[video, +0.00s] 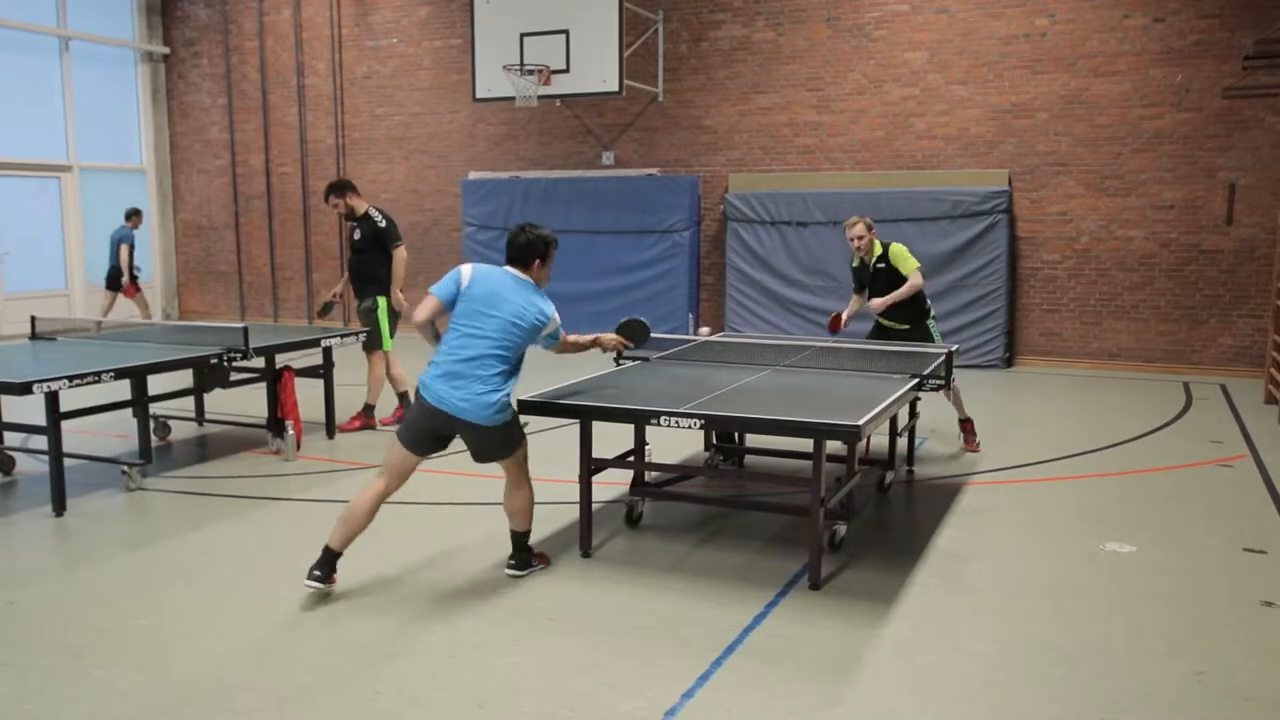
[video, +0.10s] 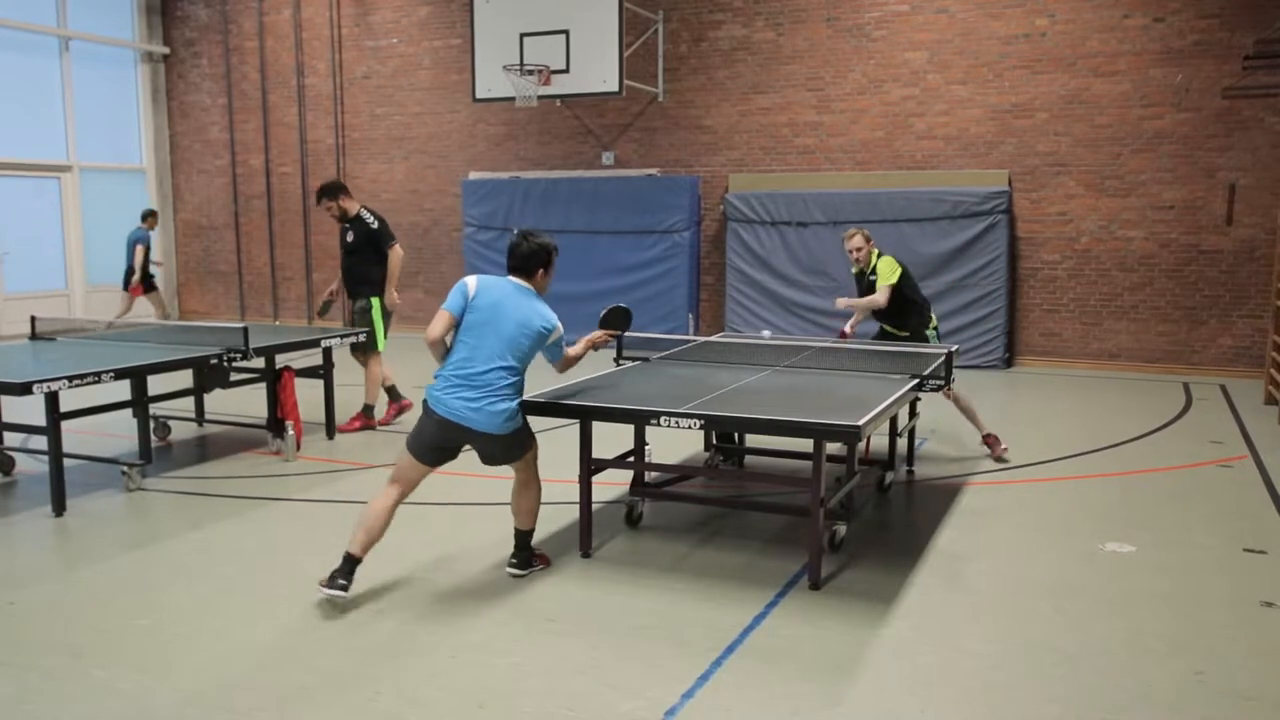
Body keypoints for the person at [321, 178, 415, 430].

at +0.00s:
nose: (337, 212)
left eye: (336, 205)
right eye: (334, 208)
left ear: (349, 196)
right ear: (345, 200)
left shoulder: (379, 219)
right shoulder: (355, 224)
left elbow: (400, 253)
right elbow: (357, 261)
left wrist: (395, 290)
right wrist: (342, 285)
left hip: (380, 296)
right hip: (366, 297)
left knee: (375, 353)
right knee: (384, 353)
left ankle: (368, 412)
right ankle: (407, 404)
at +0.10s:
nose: (329, 214)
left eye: (330, 208)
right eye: (326, 210)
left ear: (343, 199)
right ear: (338, 203)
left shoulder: (371, 220)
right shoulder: (347, 224)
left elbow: (396, 252)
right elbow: (353, 261)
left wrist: (390, 289)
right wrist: (337, 285)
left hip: (373, 297)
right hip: (357, 297)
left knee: (372, 353)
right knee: (359, 351)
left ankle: (368, 413)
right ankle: (397, 398)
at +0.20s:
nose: (323, 216)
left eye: (323, 210)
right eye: (319, 212)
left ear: (336, 201)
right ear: (330, 205)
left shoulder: (361, 218)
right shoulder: (340, 224)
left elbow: (392, 247)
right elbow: (345, 258)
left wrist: (382, 283)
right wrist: (333, 284)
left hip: (368, 297)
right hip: (350, 298)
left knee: (369, 352)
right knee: (344, 347)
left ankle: (368, 412)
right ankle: (380, 394)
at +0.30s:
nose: (316, 216)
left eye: (316, 210)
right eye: (312, 212)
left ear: (328, 201)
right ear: (321, 205)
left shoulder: (354, 218)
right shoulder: (332, 223)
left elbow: (387, 239)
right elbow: (339, 256)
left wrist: (376, 274)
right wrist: (329, 282)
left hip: (362, 295)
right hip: (344, 296)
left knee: (365, 352)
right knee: (337, 347)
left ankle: (368, 412)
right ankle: (355, 400)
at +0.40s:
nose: (308, 216)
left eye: (308, 209)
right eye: (304, 211)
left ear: (322, 200)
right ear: (315, 205)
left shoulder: (346, 217)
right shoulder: (325, 223)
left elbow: (383, 236)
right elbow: (335, 257)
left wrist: (375, 269)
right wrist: (325, 286)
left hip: (356, 293)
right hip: (338, 295)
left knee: (362, 354)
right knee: (335, 352)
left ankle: (367, 412)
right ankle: (331, 407)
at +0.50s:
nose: (301, 215)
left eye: (301, 208)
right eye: (297, 210)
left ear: (315, 200)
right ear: (303, 206)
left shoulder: (338, 218)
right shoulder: (315, 224)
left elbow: (375, 235)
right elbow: (321, 259)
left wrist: (371, 270)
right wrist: (312, 288)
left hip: (351, 293)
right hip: (331, 296)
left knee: (358, 353)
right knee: (331, 354)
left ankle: (367, 412)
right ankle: (327, 406)